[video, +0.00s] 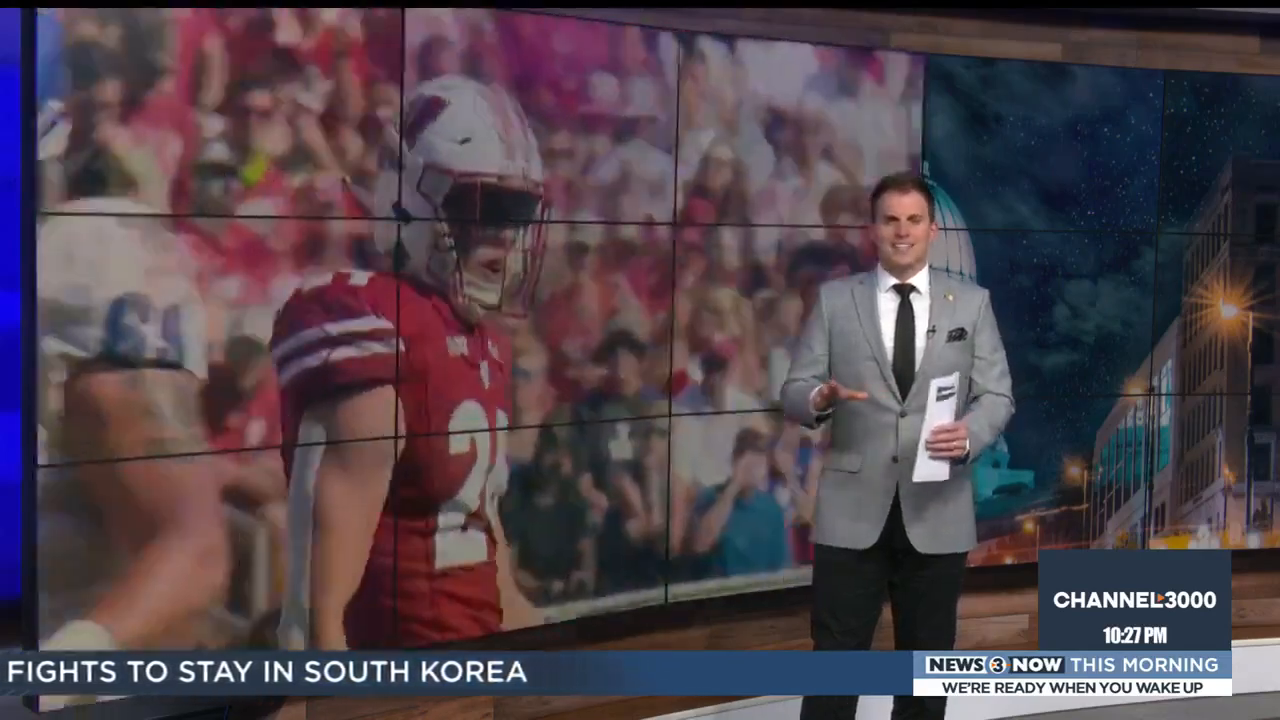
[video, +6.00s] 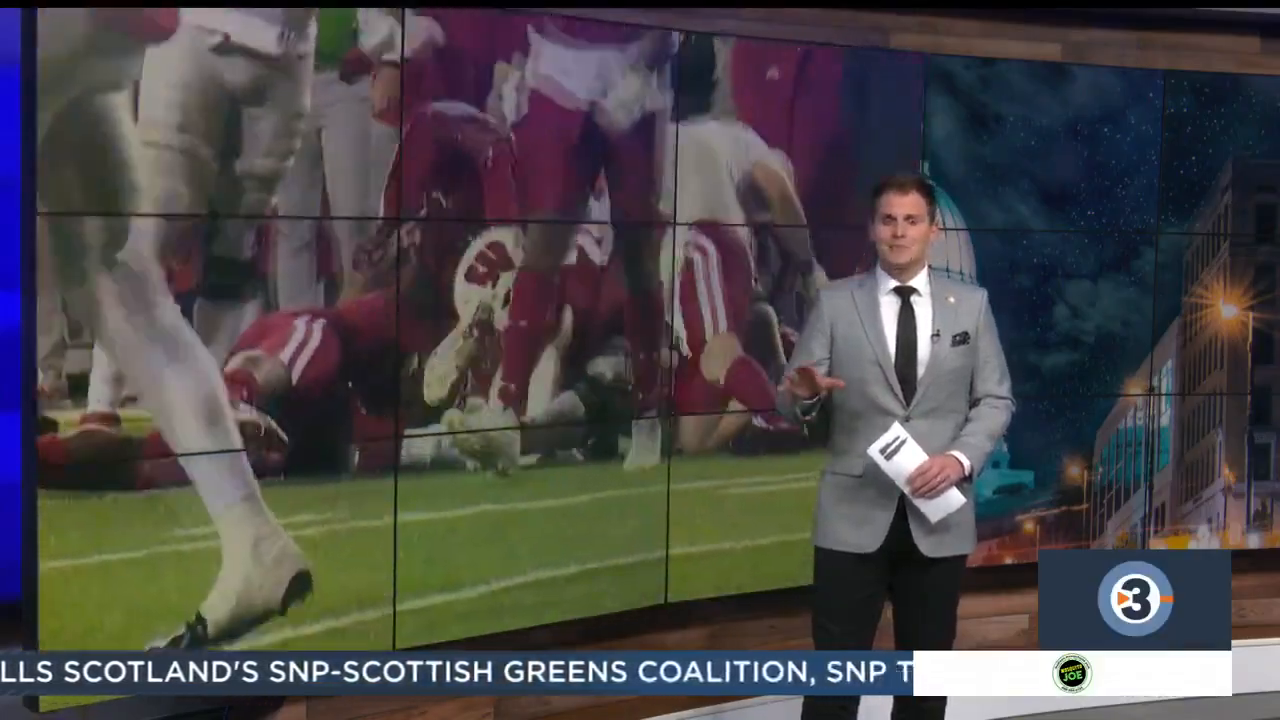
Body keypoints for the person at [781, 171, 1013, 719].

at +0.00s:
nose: (902, 231)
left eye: (914, 220)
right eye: (890, 220)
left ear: (932, 228)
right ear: (874, 229)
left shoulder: (970, 301)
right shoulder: (835, 300)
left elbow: (996, 396)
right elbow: (792, 392)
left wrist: (970, 432)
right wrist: (818, 398)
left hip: (937, 509)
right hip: (851, 508)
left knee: (928, 667)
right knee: (833, 665)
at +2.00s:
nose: (874, 231)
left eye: (887, 219)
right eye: (862, 219)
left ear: (906, 227)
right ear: (843, 228)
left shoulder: (948, 304)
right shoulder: (807, 303)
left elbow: (971, 403)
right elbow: (777, 391)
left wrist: (913, 439)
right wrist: (782, 412)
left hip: (914, 515)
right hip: (828, 515)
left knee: (914, 673)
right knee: (819, 673)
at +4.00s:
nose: (895, 231)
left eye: (909, 220)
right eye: (885, 220)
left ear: (932, 230)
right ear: (871, 228)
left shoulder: (966, 302)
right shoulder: (830, 300)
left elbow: (990, 400)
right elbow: (793, 394)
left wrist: (954, 457)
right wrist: (835, 399)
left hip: (935, 515)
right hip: (849, 513)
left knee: (927, 675)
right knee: (834, 672)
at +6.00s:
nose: (897, 231)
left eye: (911, 220)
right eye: (887, 220)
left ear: (932, 230)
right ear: (873, 229)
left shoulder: (970, 303)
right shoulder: (835, 301)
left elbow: (994, 401)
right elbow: (792, 407)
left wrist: (960, 457)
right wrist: (798, 394)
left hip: (937, 514)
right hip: (852, 512)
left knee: (929, 673)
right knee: (835, 671)